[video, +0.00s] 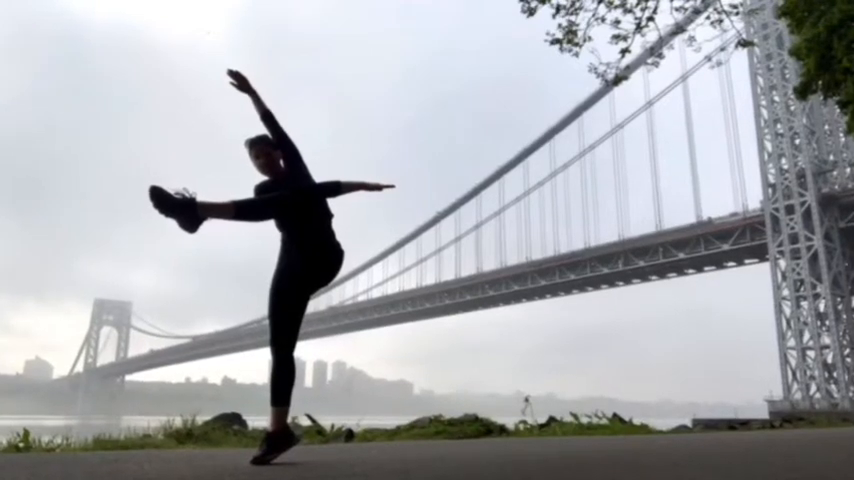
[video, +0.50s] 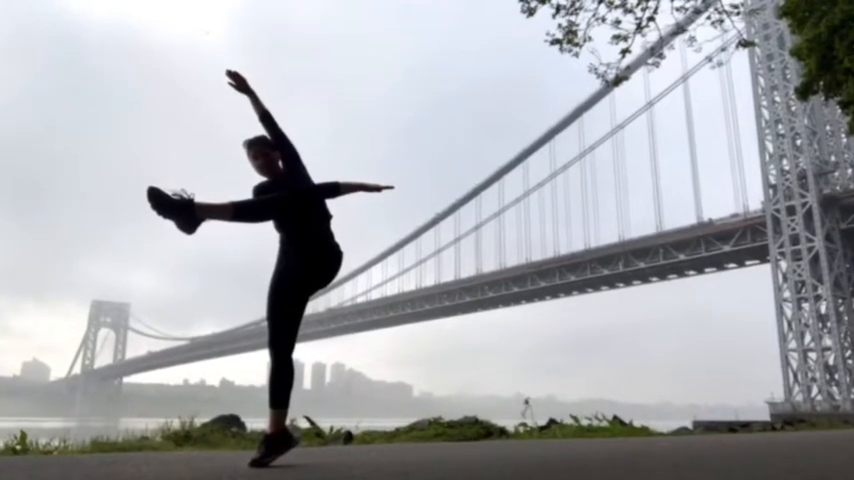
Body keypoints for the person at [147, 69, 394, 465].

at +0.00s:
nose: (260, 161)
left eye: (264, 154)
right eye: (255, 158)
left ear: (279, 153)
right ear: (254, 163)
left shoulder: (297, 173)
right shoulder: (265, 193)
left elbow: (278, 131)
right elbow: (320, 190)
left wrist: (252, 93)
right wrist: (362, 186)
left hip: (323, 256)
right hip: (293, 265)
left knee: (281, 203)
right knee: (282, 346)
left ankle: (198, 211)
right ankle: (279, 429)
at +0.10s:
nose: (259, 161)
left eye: (264, 154)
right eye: (255, 158)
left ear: (278, 153)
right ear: (253, 163)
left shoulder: (297, 173)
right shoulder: (264, 193)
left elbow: (278, 131)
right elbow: (317, 191)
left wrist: (252, 93)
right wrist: (360, 186)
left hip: (323, 256)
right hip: (292, 265)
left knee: (280, 203)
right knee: (282, 347)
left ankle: (198, 211)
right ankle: (279, 430)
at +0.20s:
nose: (259, 162)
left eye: (263, 155)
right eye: (254, 159)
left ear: (278, 153)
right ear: (253, 163)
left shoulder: (297, 174)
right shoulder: (265, 193)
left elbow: (278, 131)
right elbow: (319, 191)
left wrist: (252, 93)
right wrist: (361, 187)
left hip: (323, 256)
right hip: (292, 265)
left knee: (279, 204)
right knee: (281, 347)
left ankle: (198, 211)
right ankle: (278, 430)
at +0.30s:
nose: (259, 162)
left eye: (263, 155)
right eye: (254, 159)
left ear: (277, 153)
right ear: (253, 163)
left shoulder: (296, 172)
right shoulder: (264, 193)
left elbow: (277, 131)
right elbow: (319, 191)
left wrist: (251, 93)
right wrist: (361, 187)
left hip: (322, 256)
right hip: (292, 265)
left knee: (279, 204)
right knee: (281, 348)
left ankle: (197, 211)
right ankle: (278, 431)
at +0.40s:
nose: (258, 162)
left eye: (262, 155)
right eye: (253, 159)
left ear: (277, 153)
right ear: (252, 163)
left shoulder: (296, 173)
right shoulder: (264, 193)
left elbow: (277, 131)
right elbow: (318, 191)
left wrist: (251, 93)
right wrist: (361, 187)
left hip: (322, 257)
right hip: (292, 265)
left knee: (279, 204)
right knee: (281, 348)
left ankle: (197, 211)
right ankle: (277, 431)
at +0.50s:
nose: (257, 162)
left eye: (262, 155)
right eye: (253, 159)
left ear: (277, 153)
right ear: (252, 163)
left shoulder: (295, 173)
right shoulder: (264, 193)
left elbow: (276, 131)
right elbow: (319, 191)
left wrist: (251, 93)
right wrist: (362, 187)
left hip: (322, 257)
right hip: (292, 266)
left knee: (279, 204)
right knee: (280, 348)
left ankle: (197, 212)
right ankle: (277, 432)